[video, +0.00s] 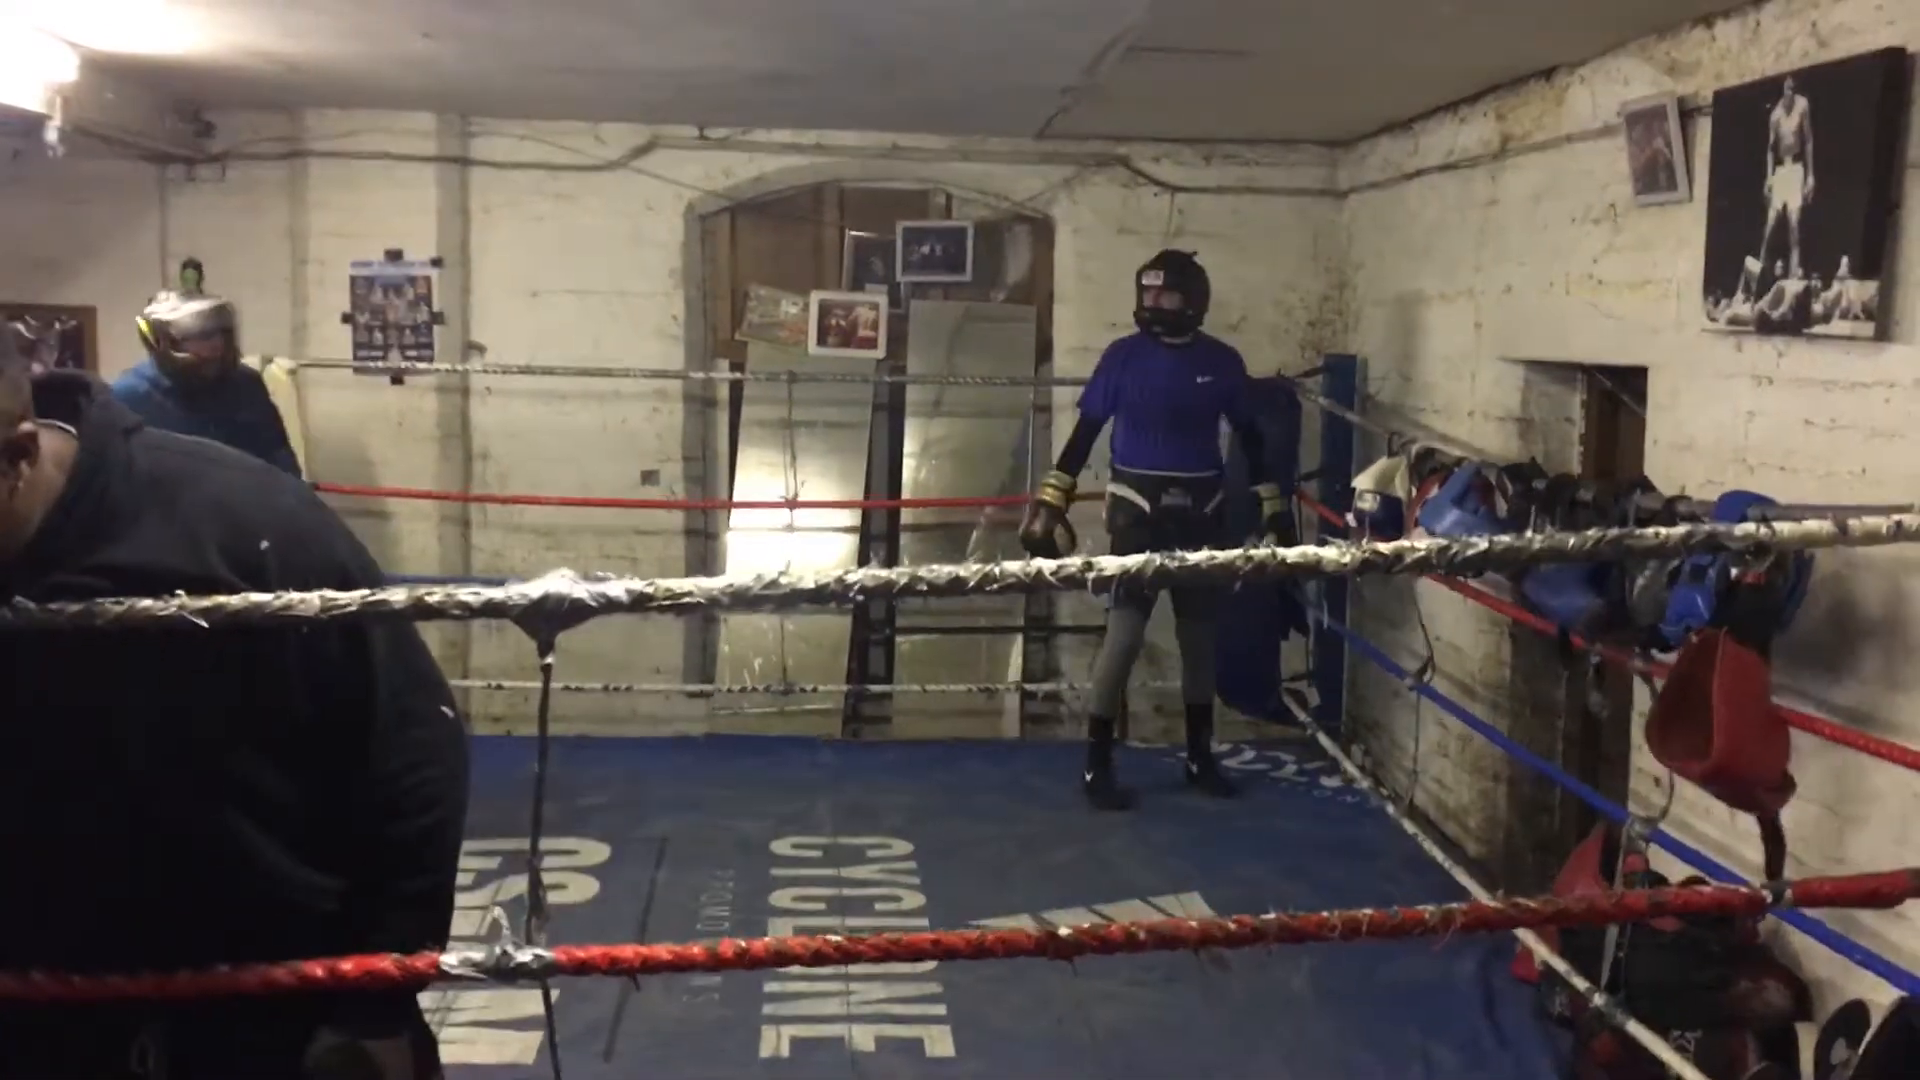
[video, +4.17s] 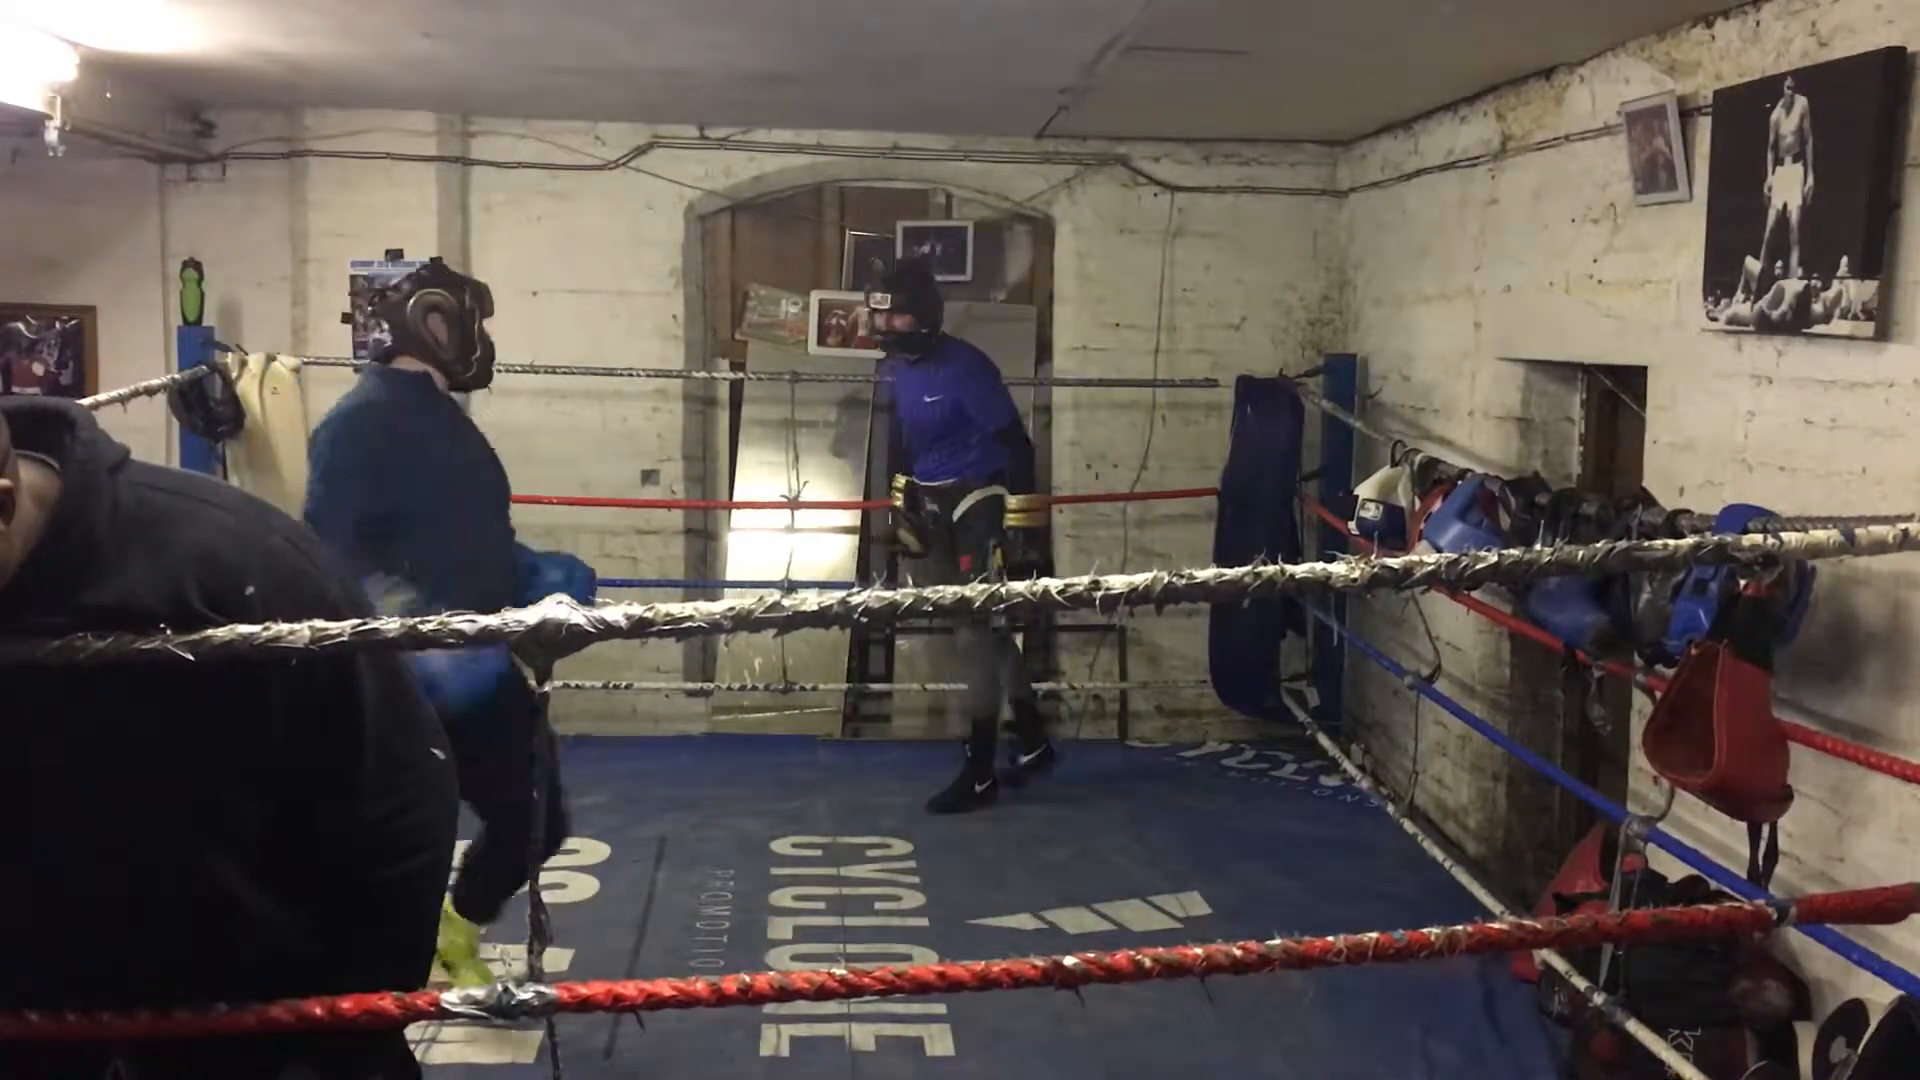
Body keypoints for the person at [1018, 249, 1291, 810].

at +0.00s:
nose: (1153, 301)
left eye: (1166, 292)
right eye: (1147, 291)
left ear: (1193, 299)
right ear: (1140, 296)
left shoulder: (1222, 360)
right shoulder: (1124, 356)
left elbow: (1251, 435)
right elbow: (1085, 430)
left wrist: (1269, 509)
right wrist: (1052, 499)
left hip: (1203, 506)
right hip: (1136, 505)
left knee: (1199, 640)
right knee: (1125, 636)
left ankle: (1201, 759)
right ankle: (1097, 766)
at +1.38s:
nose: (1083, 305)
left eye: (1093, 296)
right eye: (1082, 295)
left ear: (1123, 301)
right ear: (1089, 301)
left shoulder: (1166, 360)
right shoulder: (1079, 357)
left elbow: (1191, 443)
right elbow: (1058, 431)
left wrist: (1190, 517)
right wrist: (1033, 498)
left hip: (1149, 507)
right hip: (1090, 507)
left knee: (1151, 635)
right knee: (1106, 632)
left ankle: (1183, 752)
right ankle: (1117, 751)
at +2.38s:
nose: (1075, 306)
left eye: (1087, 299)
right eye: (1074, 297)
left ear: (1117, 308)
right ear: (1077, 301)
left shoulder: (1147, 373)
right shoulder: (1069, 353)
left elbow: (1161, 462)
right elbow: (1046, 423)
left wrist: (1137, 539)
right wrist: (1017, 491)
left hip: (1109, 511)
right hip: (1055, 506)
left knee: (1103, 637)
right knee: (1054, 638)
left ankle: (1100, 768)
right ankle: (1104, 738)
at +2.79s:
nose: (1043, 307)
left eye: (1054, 297)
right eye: (1042, 296)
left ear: (1083, 302)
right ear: (1048, 301)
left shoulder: (1125, 367)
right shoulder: (1048, 353)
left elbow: (1141, 454)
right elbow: (1032, 429)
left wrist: (1133, 525)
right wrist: (1000, 495)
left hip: (1096, 505)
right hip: (1038, 500)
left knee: (1093, 630)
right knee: (994, 621)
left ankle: (1096, 771)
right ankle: (1034, 729)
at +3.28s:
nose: (994, 298)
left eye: (1005, 289)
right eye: (993, 289)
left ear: (1033, 295)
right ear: (998, 296)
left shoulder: (1067, 358)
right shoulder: (991, 358)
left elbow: (1078, 448)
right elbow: (978, 434)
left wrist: (1052, 518)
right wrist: (956, 504)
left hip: (1045, 514)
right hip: (992, 511)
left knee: (1063, 632)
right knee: (1007, 634)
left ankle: (1088, 769)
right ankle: (1018, 758)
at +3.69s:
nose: (952, 301)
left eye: (964, 291)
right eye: (949, 291)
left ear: (991, 298)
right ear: (948, 297)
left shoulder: (1026, 356)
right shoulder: (945, 356)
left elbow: (1049, 441)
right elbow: (933, 432)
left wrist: (1030, 516)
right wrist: (911, 503)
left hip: (1007, 502)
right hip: (954, 501)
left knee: (976, 628)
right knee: (978, 631)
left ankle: (1033, 714)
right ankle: (1013, 752)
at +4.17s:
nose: (888, 323)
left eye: (898, 311)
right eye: (884, 311)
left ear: (926, 313)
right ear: (882, 316)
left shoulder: (968, 366)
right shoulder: (901, 369)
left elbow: (1016, 444)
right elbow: (904, 439)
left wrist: (1025, 523)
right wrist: (901, 500)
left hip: (979, 501)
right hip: (931, 505)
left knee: (976, 630)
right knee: (978, 626)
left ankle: (980, 767)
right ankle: (1033, 734)